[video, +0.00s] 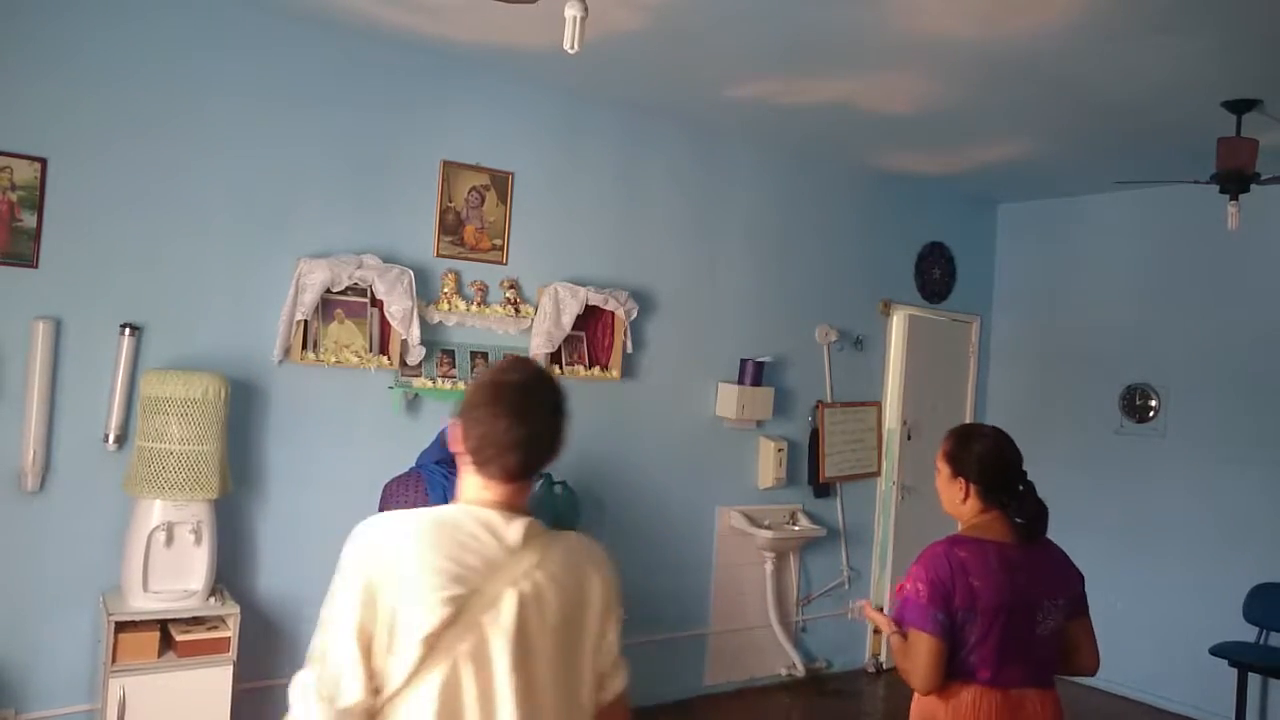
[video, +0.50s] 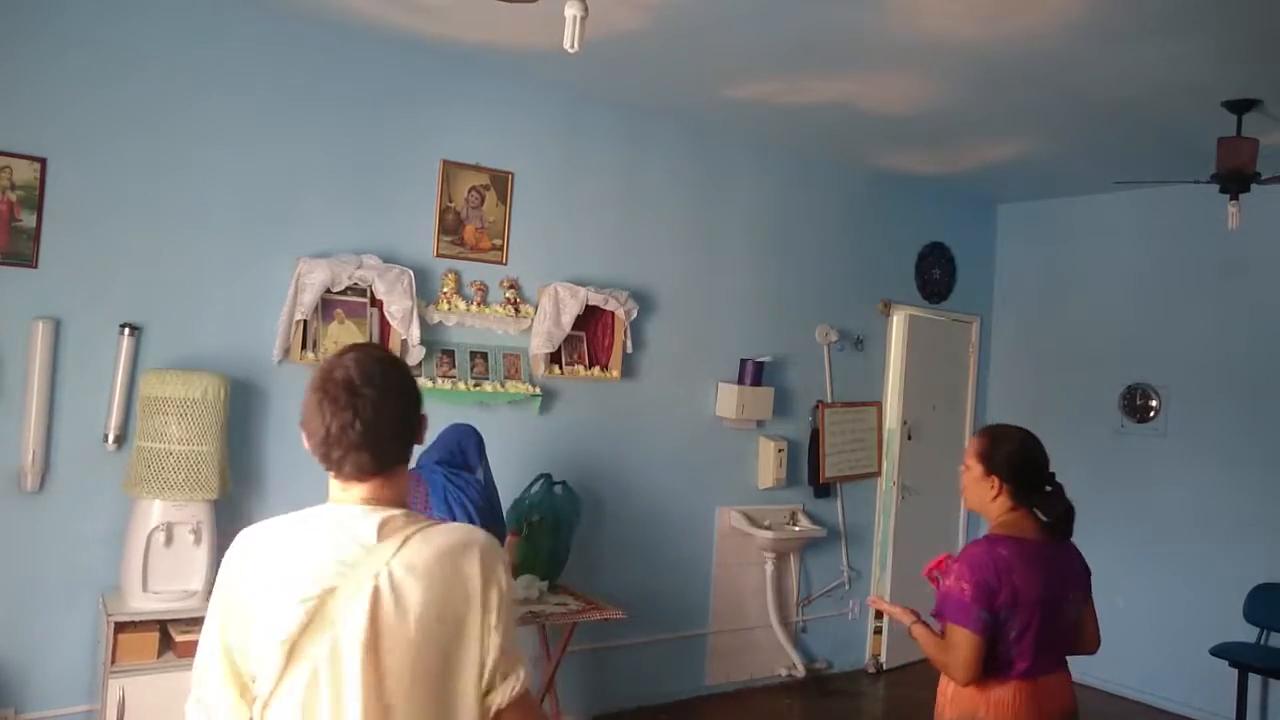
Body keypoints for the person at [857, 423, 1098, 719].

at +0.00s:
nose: (936, 482)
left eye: (939, 473)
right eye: (937, 472)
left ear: (962, 488)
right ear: (1008, 481)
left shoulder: (941, 561)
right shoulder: (1054, 559)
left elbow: (923, 678)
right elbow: (1085, 660)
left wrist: (891, 633)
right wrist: (1016, 649)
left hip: (958, 706)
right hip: (1037, 705)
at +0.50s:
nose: (960, 475)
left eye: (967, 467)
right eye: (963, 466)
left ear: (994, 486)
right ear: (1031, 483)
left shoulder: (979, 559)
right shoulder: (1065, 552)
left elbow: (961, 668)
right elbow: (1087, 641)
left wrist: (912, 622)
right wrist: (1021, 634)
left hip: (988, 701)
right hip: (1053, 693)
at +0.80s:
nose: (966, 463)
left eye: (976, 457)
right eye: (972, 454)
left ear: (1003, 477)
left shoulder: (987, 548)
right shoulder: (1057, 545)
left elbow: (973, 657)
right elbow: (1075, 636)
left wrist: (915, 620)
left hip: (988, 692)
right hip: (1048, 684)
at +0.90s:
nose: (966, 464)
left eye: (976, 457)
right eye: (971, 455)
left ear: (1003, 476)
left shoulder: (990, 547)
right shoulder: (1054, 542)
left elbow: (975, 655)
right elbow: (1071, 636)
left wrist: (912, 618)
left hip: (987, 693)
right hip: (1045, 684)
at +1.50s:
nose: (963, 468)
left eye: (972, 459)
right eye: (968, 458)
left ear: (999, 475)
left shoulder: (983, 554)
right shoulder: (1059, 551)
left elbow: (972, 668)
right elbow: (1079, 652)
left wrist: (912, 630)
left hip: (982, 701)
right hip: (1048, 696)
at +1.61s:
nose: (962, 472)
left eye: (971, 462)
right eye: (967, 462)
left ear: (997, 478)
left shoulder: (981, 557)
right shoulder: (1062, 556)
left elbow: (968, 673)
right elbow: (1086, 657)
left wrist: (910, 636)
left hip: (982, 703)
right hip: (1050, 700)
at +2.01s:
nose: (966, 482)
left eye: (971, 471)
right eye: (969, 470)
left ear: (995, 484)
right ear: (1041, 482)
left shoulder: (973, 564)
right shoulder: (1081, 565)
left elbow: (962, 686)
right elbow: (1114, 666)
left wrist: (910, 646)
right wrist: (1041, 666)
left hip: (989, 709)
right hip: (1069, 709)